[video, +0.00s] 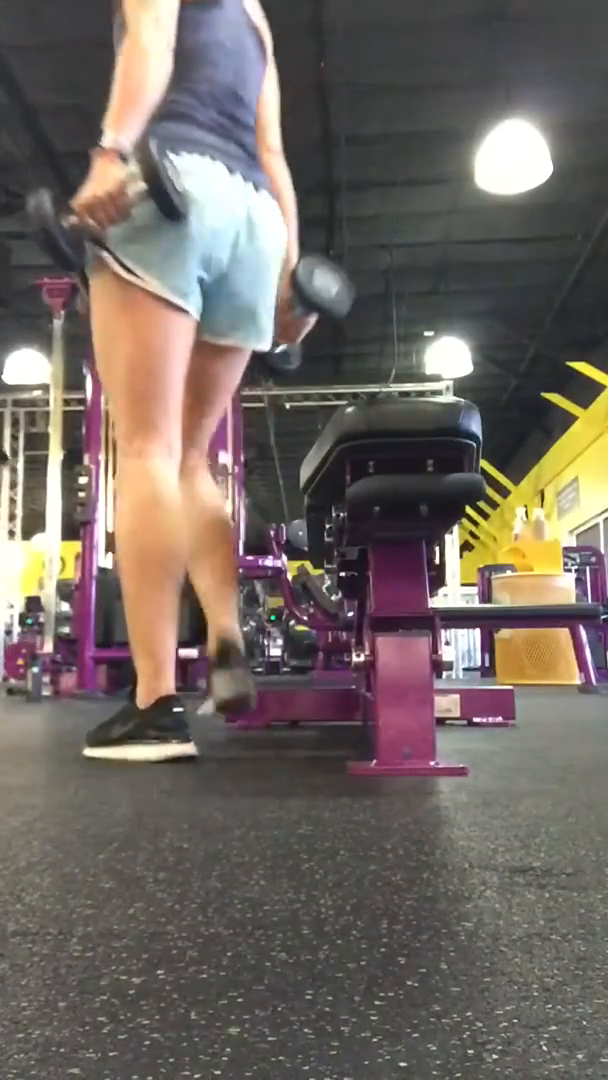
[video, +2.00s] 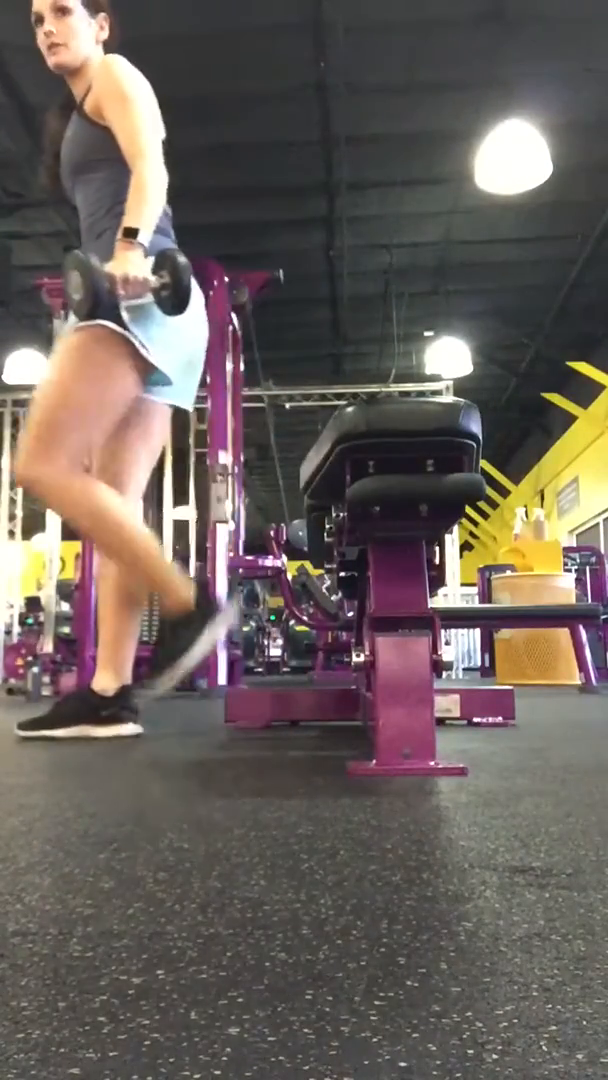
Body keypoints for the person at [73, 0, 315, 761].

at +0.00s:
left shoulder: (161, 3)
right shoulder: (254, 21)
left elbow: (148, 47)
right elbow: (269, 149)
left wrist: (110, 152)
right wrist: (287, 266)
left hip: (166, 182)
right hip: (258, 211)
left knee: (146, 452)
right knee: (192, 457)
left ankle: (155, 702)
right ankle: (226, 633)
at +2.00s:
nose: (47, 30)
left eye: (61, 16)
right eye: (38, 21)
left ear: (100, 25)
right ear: (38, 38)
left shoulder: (112, 76)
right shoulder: (90, 103)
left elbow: (150, 165)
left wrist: (131, 244)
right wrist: (92, 280)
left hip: (133, 292)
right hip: (165, 300)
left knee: (44, 461)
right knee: (117, 501)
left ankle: (185, 604)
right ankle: (110, 689)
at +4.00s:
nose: (70, 37)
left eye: (84, 23)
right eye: (60, 27)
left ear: (121, 36)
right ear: (57, 42)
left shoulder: (120, 91)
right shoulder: (92, 108)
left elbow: (132, 179)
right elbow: (93, 208)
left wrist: (95, 266)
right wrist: (70, 277)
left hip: (110, 301)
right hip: (85, 307)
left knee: (116, 493)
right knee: (51, 504)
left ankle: (304, 494)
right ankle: (81, 690)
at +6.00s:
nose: (18, 69)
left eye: (25, 54)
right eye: (21, 57)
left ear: (58, 51)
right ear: (70, 56)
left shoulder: (63, 101)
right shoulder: (90, 122)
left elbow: (77, 195)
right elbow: (120, 242)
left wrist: (40, 290)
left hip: (95, 317)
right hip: (95, 323)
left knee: (126, 507)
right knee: (27, 515)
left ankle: (306, 493)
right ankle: (76, 691)